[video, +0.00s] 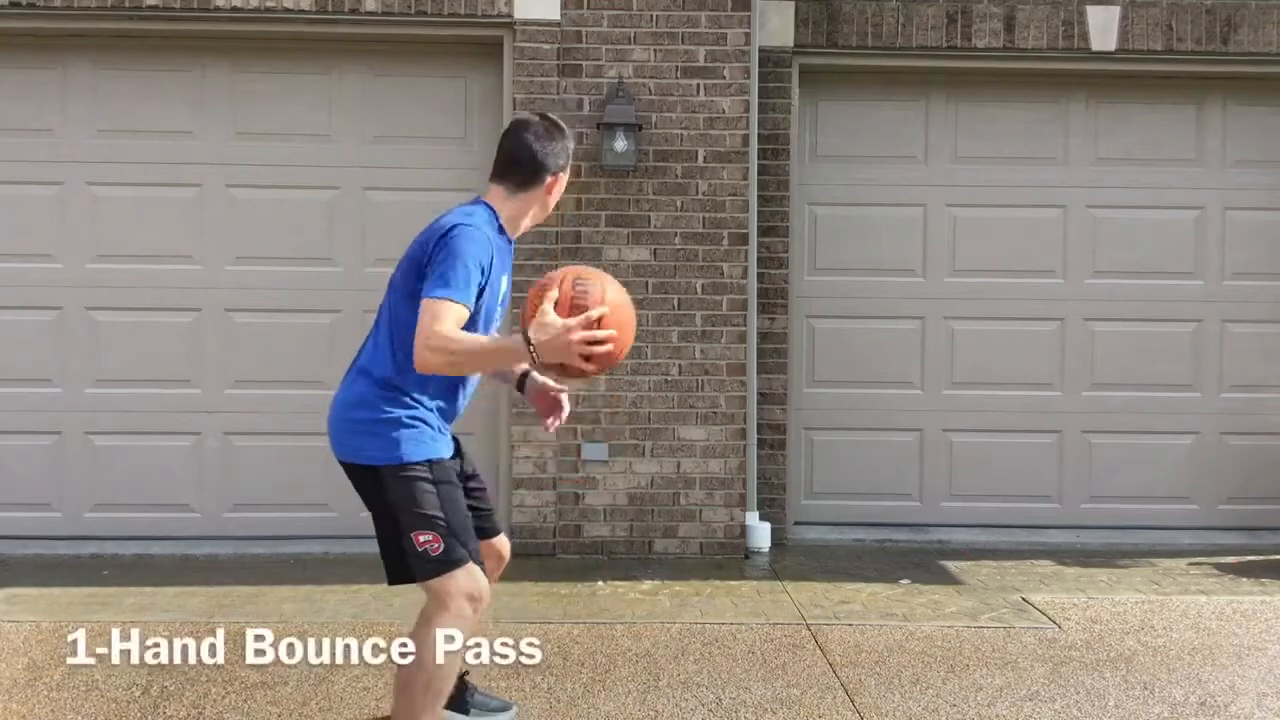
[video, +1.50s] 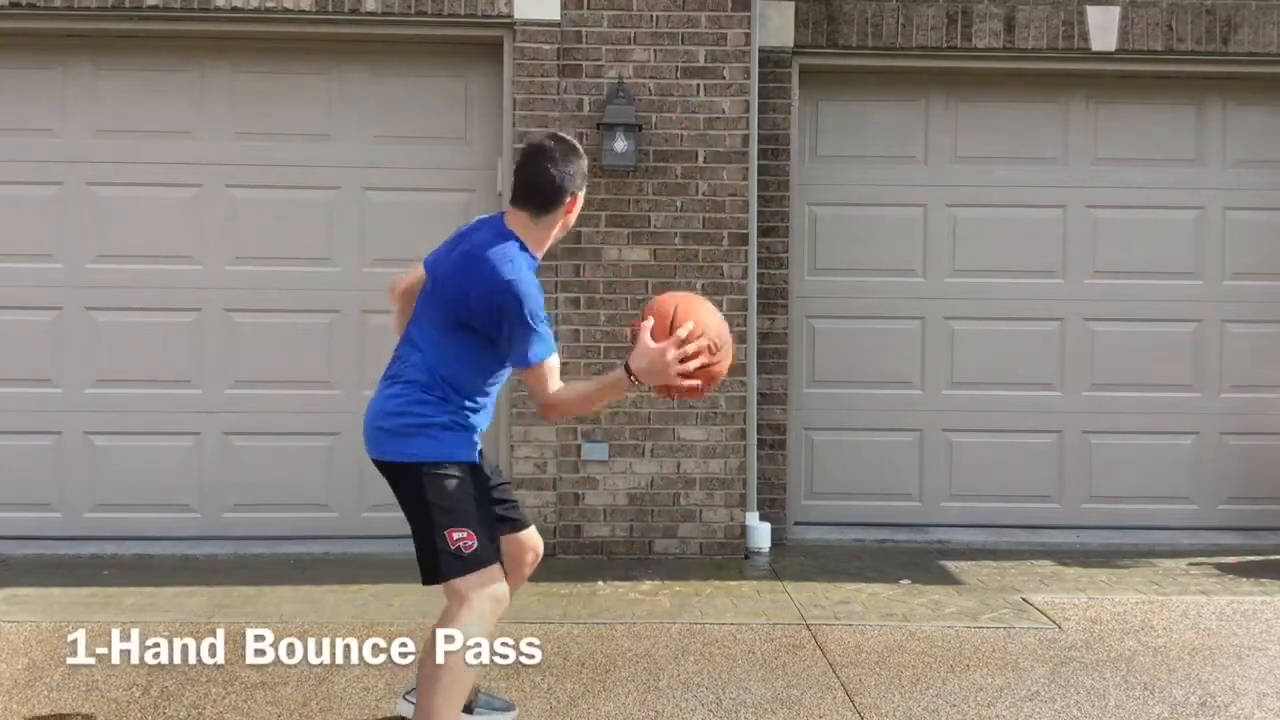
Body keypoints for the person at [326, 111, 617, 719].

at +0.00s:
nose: (561, 196)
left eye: (565, 184)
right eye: (566, 183)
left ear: (498, 168)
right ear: (554, 185)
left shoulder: (494, 246)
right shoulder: (467, 237)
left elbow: (474, 340)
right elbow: (431, 347)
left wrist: (524, 376)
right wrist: (529, 346)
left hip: (425, 424)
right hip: (387, 425)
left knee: (490, 552)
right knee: (460, 595)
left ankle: (443, 682)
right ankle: (409, 712)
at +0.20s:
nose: (564, 203)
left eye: (565, 193)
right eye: (567, 192)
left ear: (501, 178)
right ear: (557, 196)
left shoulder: (482, 240)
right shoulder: (477, 246)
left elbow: (424, 329)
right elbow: (499, 361)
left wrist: (454, 396)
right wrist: (562, 289)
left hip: (427, 424)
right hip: (394, 426)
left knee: (498, 549)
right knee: (458, 587)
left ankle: (441, 683)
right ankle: (409, 711)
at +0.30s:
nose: (559, 209)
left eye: (561, 198)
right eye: (562, 198)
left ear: (497, 181)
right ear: (552, 201)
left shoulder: (459, 233)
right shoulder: (494, 264)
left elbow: (398, 321)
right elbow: (533, 393)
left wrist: (444, 395)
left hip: (414, 424)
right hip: (397, 432)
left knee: (496, 545)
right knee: (458, 594)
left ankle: (442, 682)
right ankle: (410, 711)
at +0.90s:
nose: (547, 177)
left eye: (543, 168)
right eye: (546, 169)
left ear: (479, 172)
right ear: (538, 178)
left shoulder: (439, 229)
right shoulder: (523, 249)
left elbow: (377, 328)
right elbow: (575, 360)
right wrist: (613, 330)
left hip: (383, 420)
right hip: (424, 426)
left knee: (501, 542)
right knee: (485, 594)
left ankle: (431, 691)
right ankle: (439, 711)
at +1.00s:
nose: (544, 166)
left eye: (541, 156)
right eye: (543, 157)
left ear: (477, 160)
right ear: (533, 165)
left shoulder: (440, 220)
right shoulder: (522, 235)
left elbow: (383, 319)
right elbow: (614, 313)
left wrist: (449, 406)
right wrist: (659, 256)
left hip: (387, 416)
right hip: (425, 425)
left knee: (494, 542)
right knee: (483, 593)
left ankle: (431, 693)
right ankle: (436, 712)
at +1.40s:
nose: (573, 192)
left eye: (571, 181)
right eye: (574, 181)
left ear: (509, 173)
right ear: (566, 187)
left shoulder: (484, 230)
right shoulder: (499, 245)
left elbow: (404, 283)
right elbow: (576, 345)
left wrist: (405, 363)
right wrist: (648, 278)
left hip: (440, 425)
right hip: (418, 426)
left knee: (513, 551)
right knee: (475, 591)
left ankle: (430, 689)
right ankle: (432, 710)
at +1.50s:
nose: (581, 209)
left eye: (583, 197)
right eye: (582, 198)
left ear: (516, 187)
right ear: (570, 206)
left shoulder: (482, 233)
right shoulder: (515, 275)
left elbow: (405, 288)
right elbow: (551, 403)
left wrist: (421, 361)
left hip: (439, 430)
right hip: (422, 436)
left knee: (520, 552)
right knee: (480, 594)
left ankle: (431, 688)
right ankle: (433, 711)